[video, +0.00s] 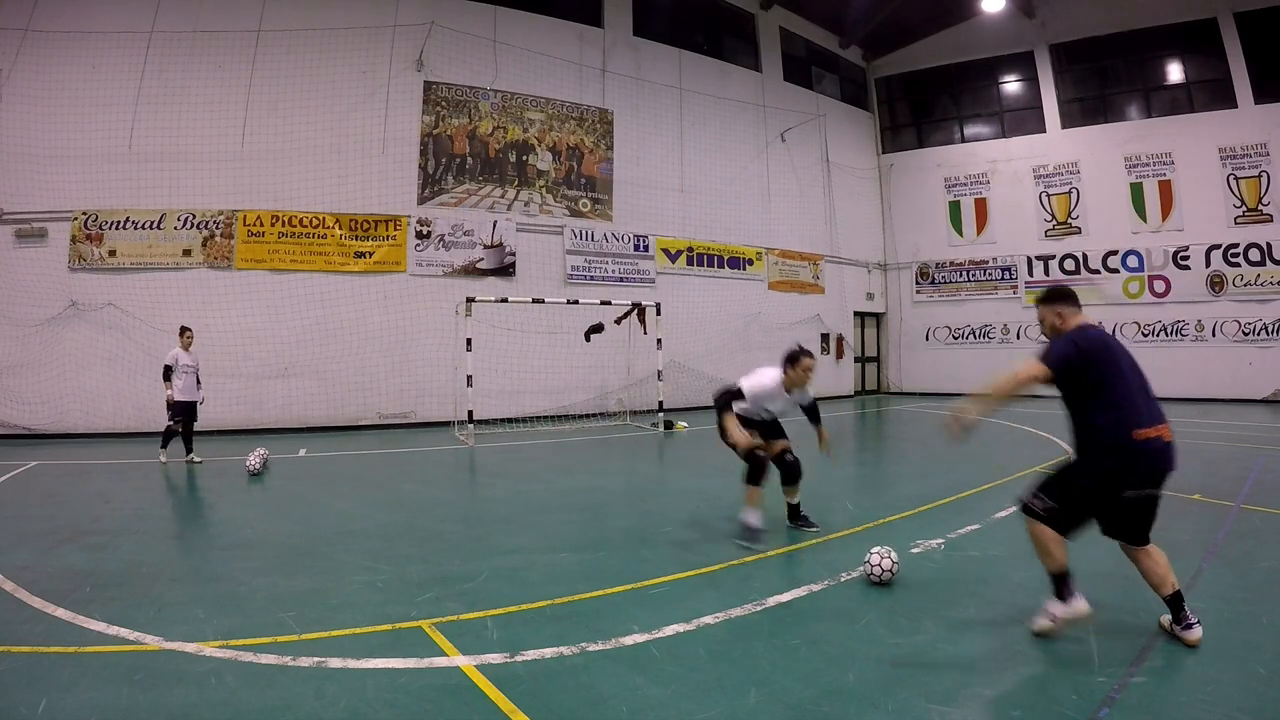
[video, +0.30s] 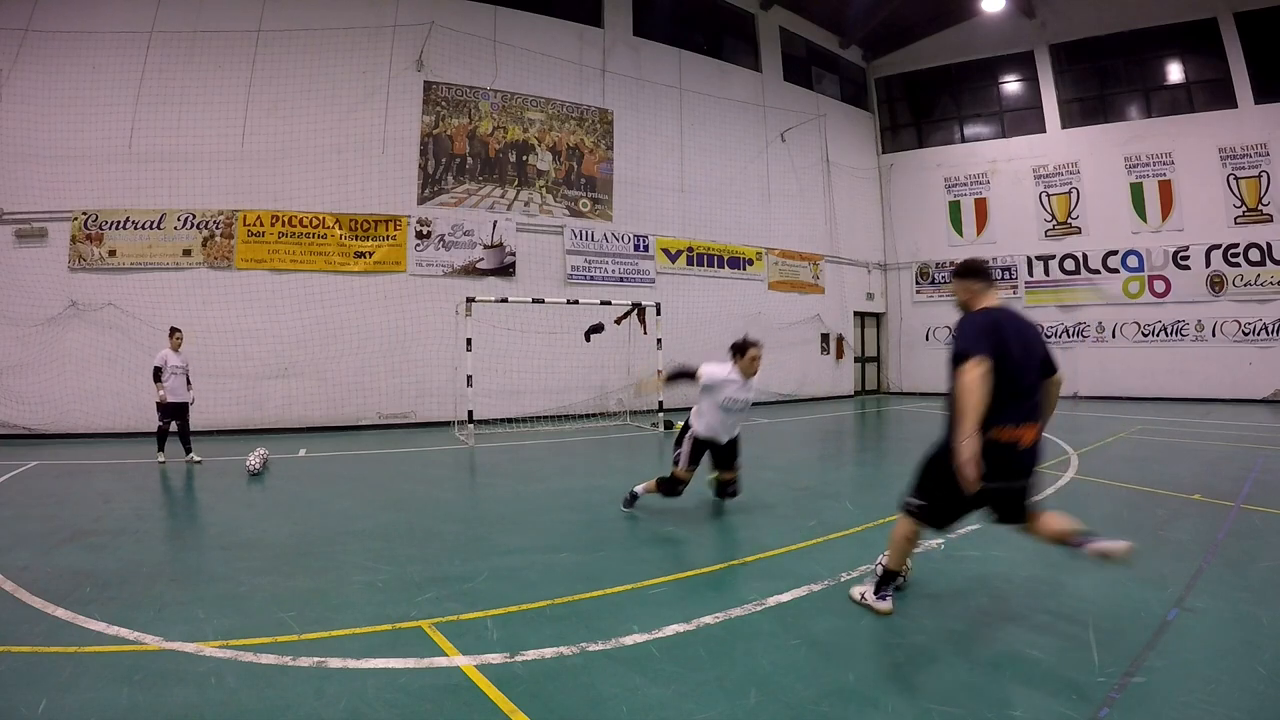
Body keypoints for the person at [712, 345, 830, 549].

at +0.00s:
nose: (809, 376)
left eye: (811, 371)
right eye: (805, 370)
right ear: (789, 369)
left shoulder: (799, 390)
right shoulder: (765, 382)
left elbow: (811, 407)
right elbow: (722, 397)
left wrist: (820, 432)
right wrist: (734, 430)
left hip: (766, 420)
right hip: (738, 417)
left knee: (791, 465)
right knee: (758, 462)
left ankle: (795, 516)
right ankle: (750, 523)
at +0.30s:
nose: (757, 364)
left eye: (759, 360)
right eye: (753, 360)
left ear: (759, 360)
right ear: (738, 359)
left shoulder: (750, 381)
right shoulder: (718, 375)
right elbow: (690, 373)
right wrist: (666, 378)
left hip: (727, 437)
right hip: (697, 433)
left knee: (729, 489)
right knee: (675, 487)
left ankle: (716, 486)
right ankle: (638, 490)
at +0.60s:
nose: (738, 419)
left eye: (738, 415)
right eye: (733, 416)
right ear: (718, 416)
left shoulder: (728, 431)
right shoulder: (701, 432)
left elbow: (716, 468)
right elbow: (707, 474)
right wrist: (724, 506)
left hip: (688, 460)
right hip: (661, 456)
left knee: (700, 503)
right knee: (663, 509)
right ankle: (630, 491)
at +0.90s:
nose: (692, 396)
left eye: (696, 392)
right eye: (688, 392)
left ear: (702, 389)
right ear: (681, 388)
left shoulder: (713, 399)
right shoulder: (671, 396)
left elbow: (733, 404)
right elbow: (647, 400)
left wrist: (741, 408)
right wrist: (635, 401)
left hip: (693, 452)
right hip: (665, 444)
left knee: (704, 504)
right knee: (652, 475)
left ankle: (684, 484)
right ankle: (632, 492)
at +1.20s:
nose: (638, 384)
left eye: (643, 378)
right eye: (635, 381)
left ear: (654, 379)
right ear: (633, 385)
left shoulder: (673, 385)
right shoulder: (634, 406)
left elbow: (702, 396)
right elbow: (629, 443)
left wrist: (687, 428)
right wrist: (628, 484)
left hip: (686, 428)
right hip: (660, 431)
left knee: (681, 476)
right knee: (647, 451)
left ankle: (706, 476)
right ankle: (649, 502)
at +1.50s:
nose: (603, 375)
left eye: (605, 370)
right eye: (603, 370)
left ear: (618, 371)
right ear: (616, 371)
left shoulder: (644, 378)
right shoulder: (619, 387)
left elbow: (678, 388)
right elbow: (621, 406)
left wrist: (659, 413)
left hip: (678, 415)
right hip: (654, 418)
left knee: (680, 462)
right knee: (629, 445)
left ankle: (719, 490)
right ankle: (648, 491)